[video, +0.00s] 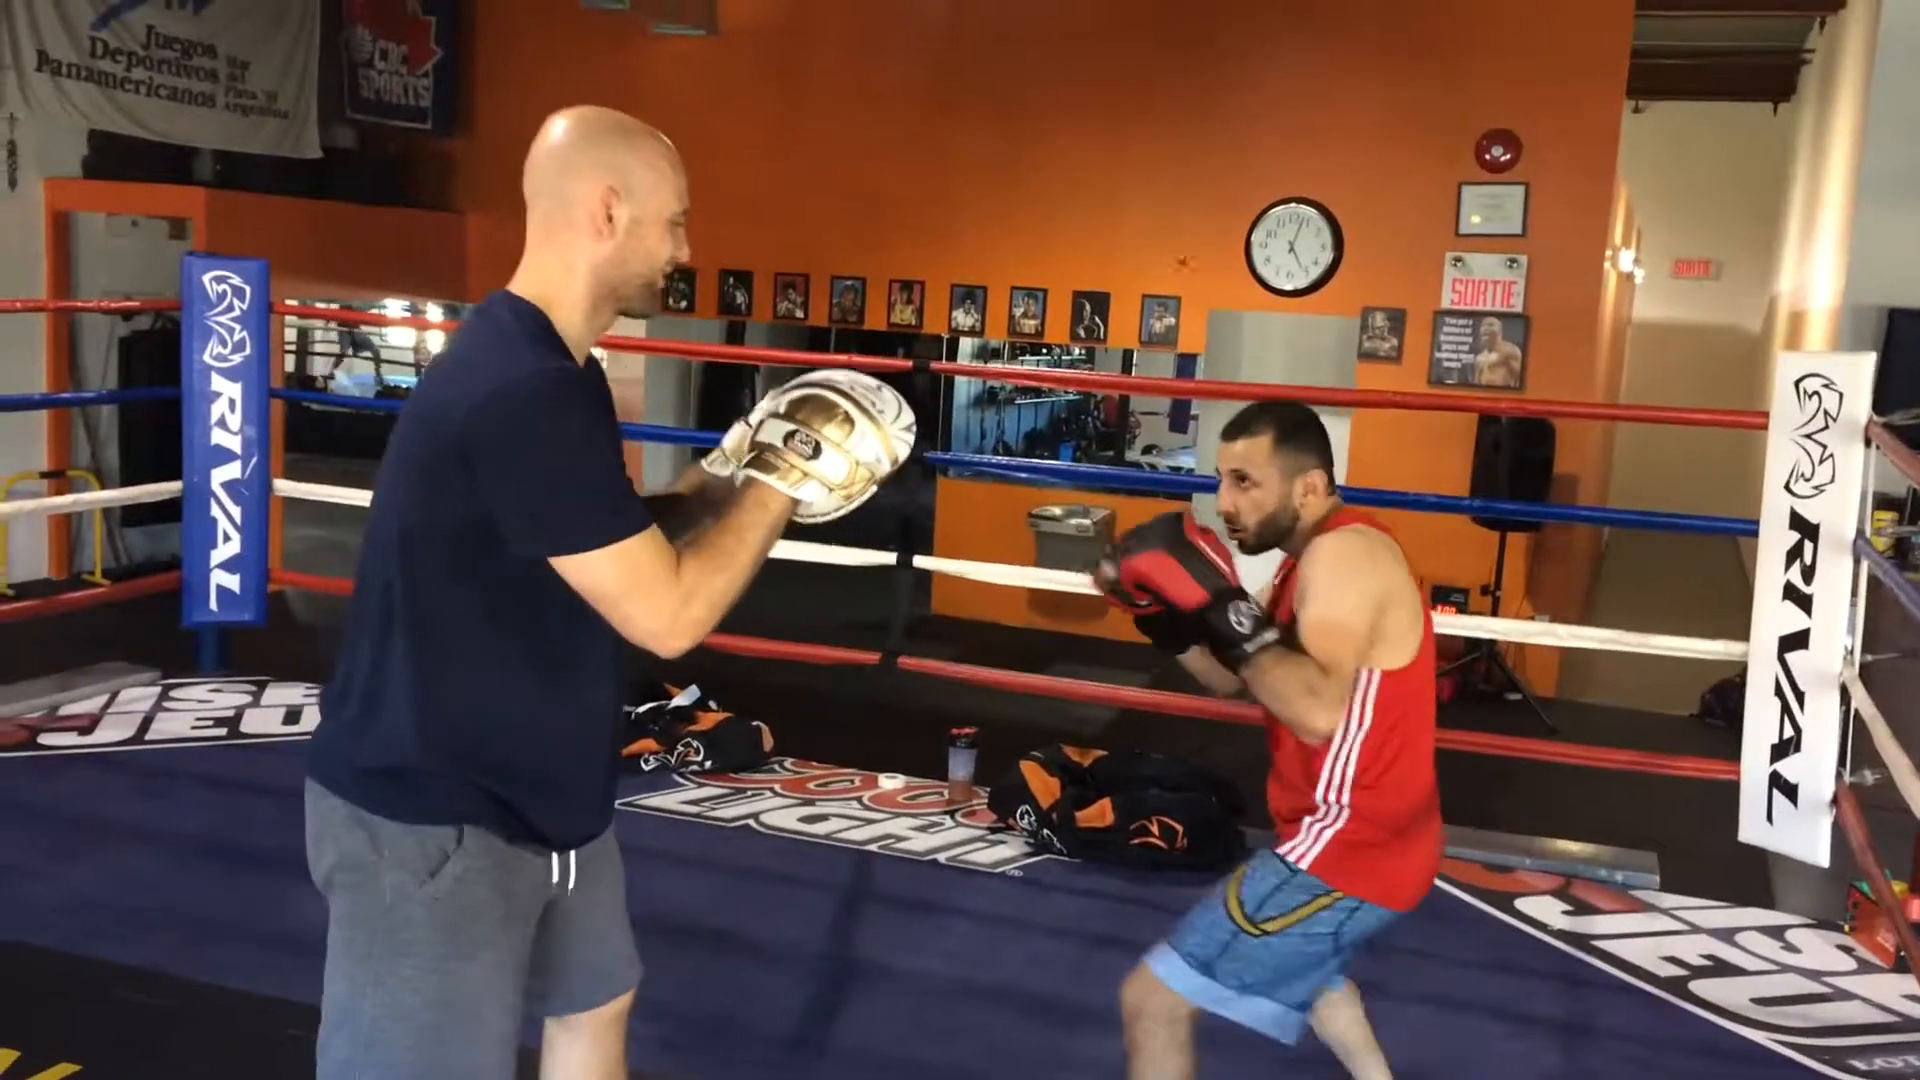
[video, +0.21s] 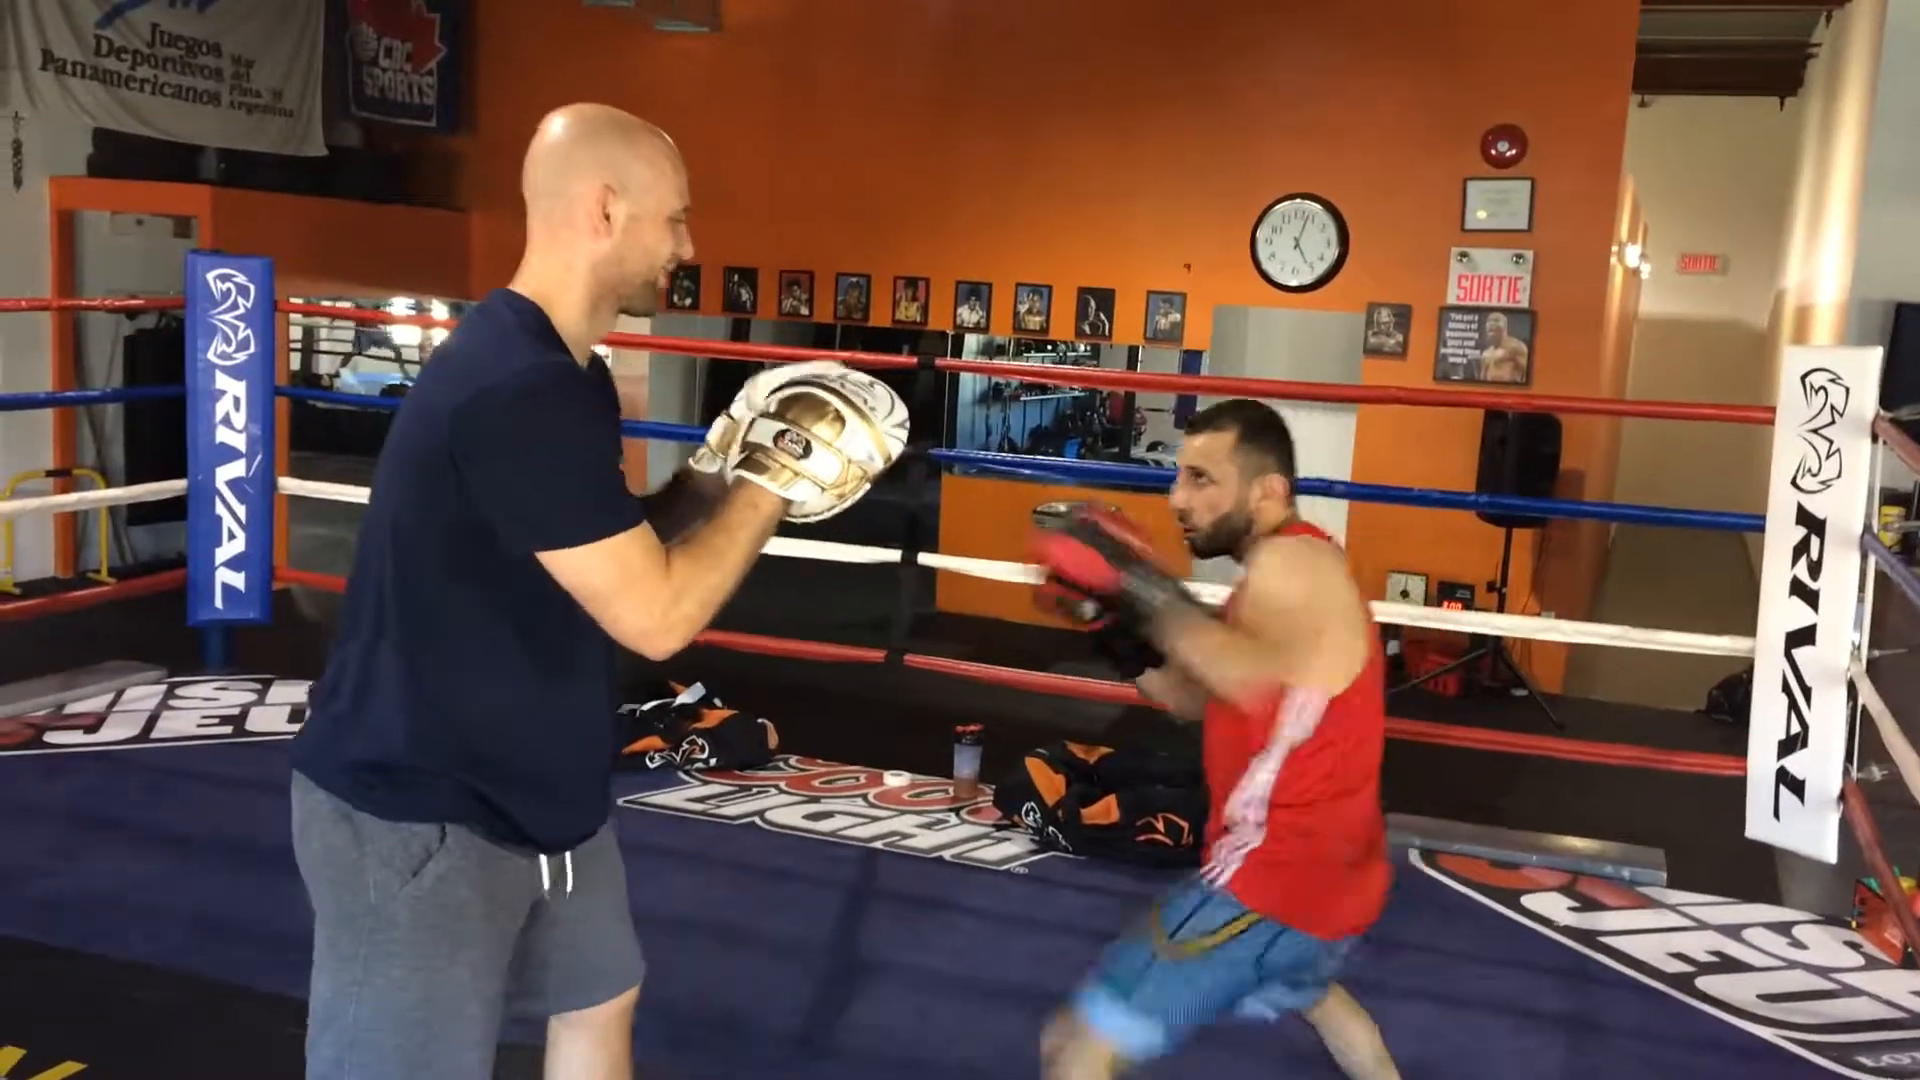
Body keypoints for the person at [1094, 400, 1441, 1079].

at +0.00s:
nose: (1224, 503)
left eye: (1244, 483)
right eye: (1222, 483)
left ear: (1309, 487)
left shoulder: (1347, 556)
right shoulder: (1310, 560)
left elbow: (1318, 709)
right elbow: (1233, 679)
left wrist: (1227, 610)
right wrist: (1162, 618)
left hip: (1349, 849)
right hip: (1340, 836)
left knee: (1153, 998)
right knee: (1304, 966)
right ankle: (1375, 1075)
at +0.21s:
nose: (1178, 500)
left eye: (1202, 480)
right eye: (1178, 479)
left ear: (1270, 492)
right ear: (1270, 499)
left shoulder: (1291, 565)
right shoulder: (1284, 564)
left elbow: (1247, 675)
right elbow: (1194, 695)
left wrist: (1141, 586)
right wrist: (1113, 631)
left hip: (1276, 879)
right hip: (1334, 875)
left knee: (1077, 1043)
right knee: (1309, 990)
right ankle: (1385, 1078)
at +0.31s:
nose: (1132, 497)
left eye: (1157, 479)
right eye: (1135, 475)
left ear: (1225, 496)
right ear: (1228, 504)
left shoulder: (1234, 565)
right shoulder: (1268, 569)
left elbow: (1075, 573)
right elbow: (1247, 703)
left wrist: (972, 522)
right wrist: (1125, 670)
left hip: (1226, 918)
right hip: (1273, 909)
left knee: (1096, 1067)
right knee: (1229, 1014)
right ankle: (1331, 1058)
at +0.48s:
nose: (1082, 489)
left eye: (1105, 467)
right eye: (1087, 466)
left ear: (1177, 481)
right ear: (1171, 485)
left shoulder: (1247, 571)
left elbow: (1295, 753)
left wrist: (1164, 758)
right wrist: (970, 601)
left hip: (1227, 907)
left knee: (1047, 1068)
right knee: (1222, 1061)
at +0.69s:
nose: (1107, 517)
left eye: (1126, 495)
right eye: (1108, 493)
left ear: (1198, 498)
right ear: (1209, 503)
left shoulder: (1200, 555)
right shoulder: (1290, 560)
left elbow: (1118, 663)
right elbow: (1156, 683)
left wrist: (1015, 603)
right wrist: (1036, 618)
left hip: (1251, 933)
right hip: (1338, 924)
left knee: (1023, 1072)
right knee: (1317, 1036)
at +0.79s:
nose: (1098, 589)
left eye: (1116, 561)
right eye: (1094, 561)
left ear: (1197, 557)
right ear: (1200, 558)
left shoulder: (1262, 633)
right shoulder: (1207, 605)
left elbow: (1275, 837)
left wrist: (1136, 762)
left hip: (1296, 958)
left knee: (1056, 1074)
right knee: (1291, 1045)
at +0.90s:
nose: (1087, 660)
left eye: (1112, 641)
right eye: (1087, 632)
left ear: (1193, 639)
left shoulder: (1298, 697)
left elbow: (1339, 906)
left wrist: (1204, 859)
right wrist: (1084, 746)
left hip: (1314, 961)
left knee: (1082, 1073)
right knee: (1276, 1046)